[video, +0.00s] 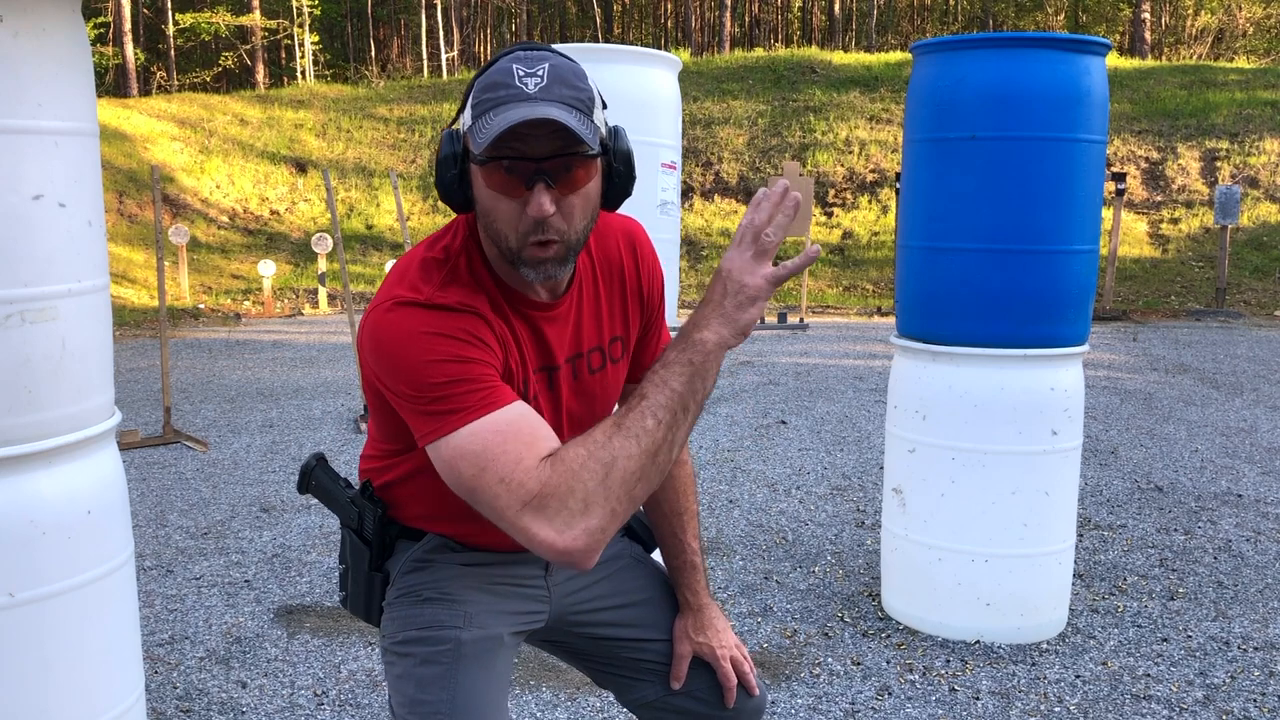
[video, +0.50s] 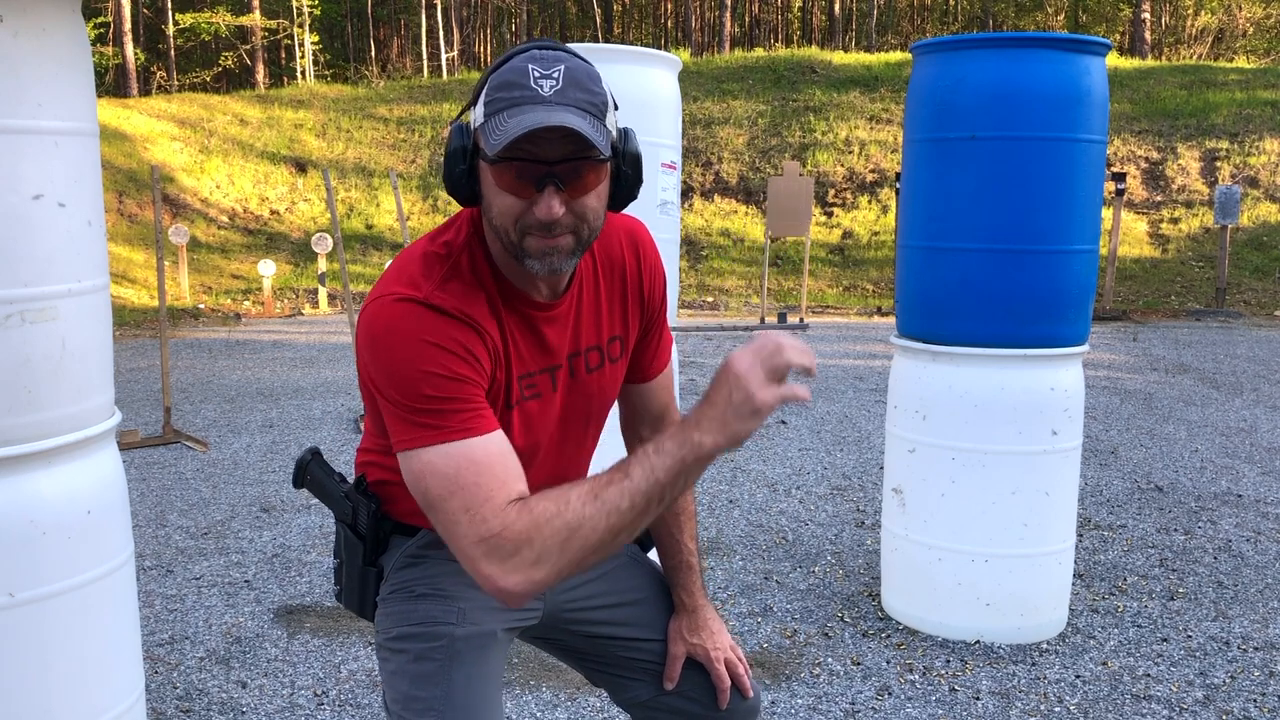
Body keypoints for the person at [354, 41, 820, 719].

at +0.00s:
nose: (542, 207)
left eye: (567, 170)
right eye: (511, 170)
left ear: (605, 172)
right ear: (465, 172)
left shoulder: (624, 250)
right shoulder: (415, 317)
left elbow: (657, 436)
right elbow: (562, 523)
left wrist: (694, 594)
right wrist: (711, 329)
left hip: (592, 557)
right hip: (449, 565)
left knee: (729, 703)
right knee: (458, 705)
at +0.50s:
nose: (550, 204)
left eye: (577, 172)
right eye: (523, 171)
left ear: (613, 170)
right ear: (474, 166)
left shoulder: (628, 253)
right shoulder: (415, 313)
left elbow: (655, 432)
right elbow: (510, 558)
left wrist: (690, 599)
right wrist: (703, 430)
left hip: (567, 536)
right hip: (433, 551)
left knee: (721, 701)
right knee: (456, 705)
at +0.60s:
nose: (559, 199)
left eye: (584, 164)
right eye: (530, 164)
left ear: (619, 163)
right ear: (480, 160)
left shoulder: (629, 252)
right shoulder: (415, 312)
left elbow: (654, 426)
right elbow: (466, 573)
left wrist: (690, 593)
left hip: (556, 522)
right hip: (432, 543)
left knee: (718, 701)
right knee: (455, 706)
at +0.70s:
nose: (572, 189)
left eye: (596, 156)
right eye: (542, 156)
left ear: (627, 159)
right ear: (489, 155)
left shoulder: (632, 251)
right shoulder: (415, 311)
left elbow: (655, 427)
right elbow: (426, 574)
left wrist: (689, 602)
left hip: (569, 537)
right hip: (442, 563)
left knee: (714, 694)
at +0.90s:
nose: (591, 169)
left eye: (609, 138)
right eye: (559, 140)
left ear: (636, 146)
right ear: (495, 152)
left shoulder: (642, 255)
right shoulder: (419, 301)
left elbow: (659, 429)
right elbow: (353, 553)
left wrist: (686, 602)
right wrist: (572, 627)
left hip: (570, 532)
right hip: (439, 552)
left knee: (712, 698)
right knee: (449, 705)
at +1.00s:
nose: (590, 168)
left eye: (608, 138)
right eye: (559, 140)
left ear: (631, 145)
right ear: (490, 151)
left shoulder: (642, 255)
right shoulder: (413, 296)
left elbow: (661, 432)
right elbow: (357, 551)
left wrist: (685, 600)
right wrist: (580, 537)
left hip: (564, 547)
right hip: (430, 571)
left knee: (708, 701)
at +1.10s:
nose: (584, 172)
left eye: (602, 139)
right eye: (551, 141)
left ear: (626, 146)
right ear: (485, 150)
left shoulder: (641, 254)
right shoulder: (406, 293)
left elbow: (660, 427)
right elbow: (386, 557)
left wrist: (684, 605)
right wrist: (603, 455)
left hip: (572, 535)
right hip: (433, 567)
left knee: (711, 703)